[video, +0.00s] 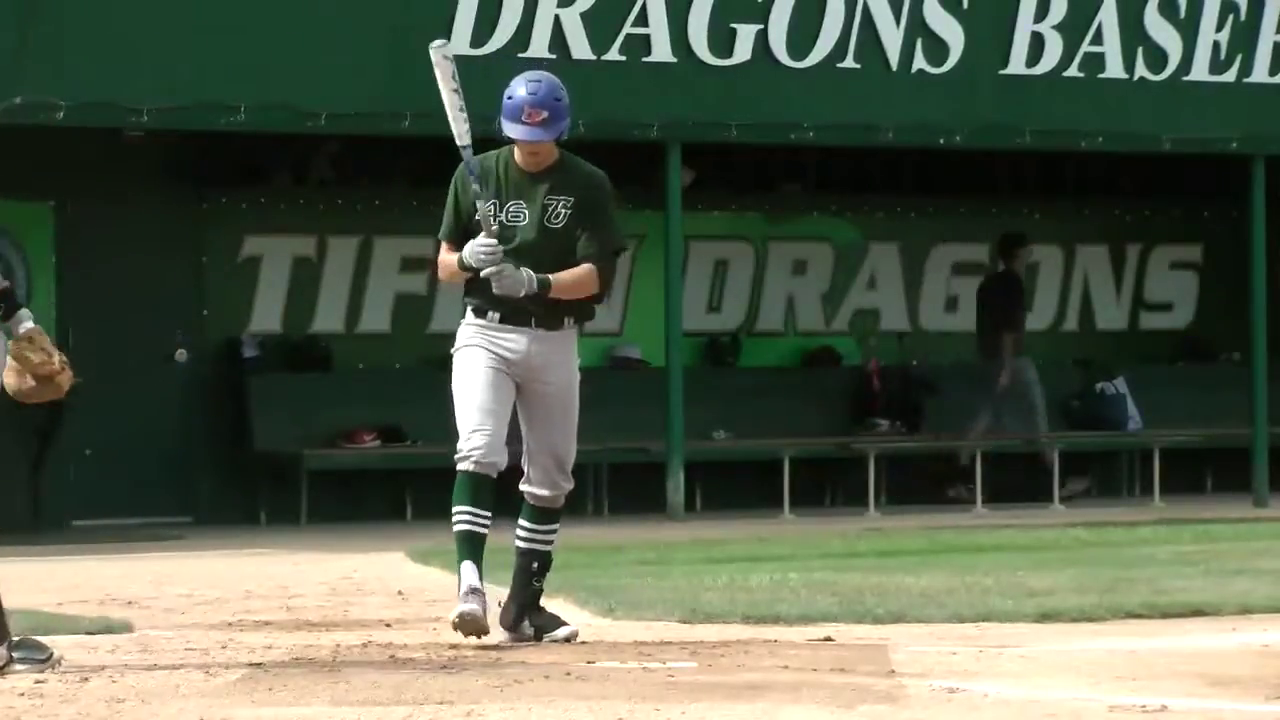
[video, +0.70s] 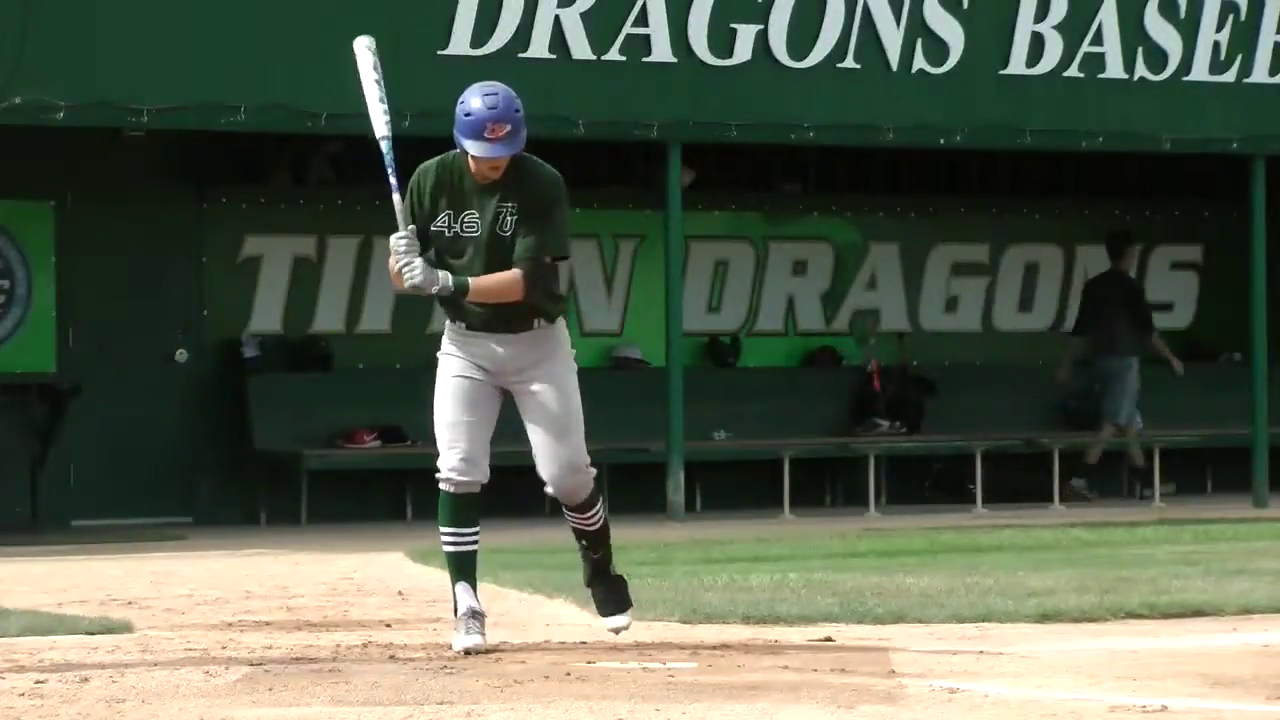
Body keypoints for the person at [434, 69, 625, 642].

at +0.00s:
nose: (531, 144)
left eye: (542, 134)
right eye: (522, 132)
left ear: (561, 128)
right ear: (507, 124)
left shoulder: (588, 185)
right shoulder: (474, 176)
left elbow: (598, 275)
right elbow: (445, 267)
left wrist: (534, 282)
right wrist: (466, 260)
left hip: (553, 345)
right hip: (483, 338)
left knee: (550, 477)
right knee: (481, 454)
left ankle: (523, 607)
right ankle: (472, 591)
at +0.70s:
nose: (491, 163)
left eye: (501, 152)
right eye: (481, 153)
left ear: (517, 140)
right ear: (460, 139)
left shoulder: (542, 185)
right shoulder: (428, 181)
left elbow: (531, 282)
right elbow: (404, 274)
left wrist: (447, 282)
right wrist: (401, 261)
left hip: (539, 346)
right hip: (465, 347)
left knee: (568, 473)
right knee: (458, 471)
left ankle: (601, 572)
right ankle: (466, 609)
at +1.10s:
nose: (528, 160)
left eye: (538, 148)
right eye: (517, 149)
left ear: (553, 140)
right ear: (497, 142)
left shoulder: (577, 189)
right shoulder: (473, 187)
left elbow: (553, 292)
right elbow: (457, 267)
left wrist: (481, 319)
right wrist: (439, 302)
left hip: (594, 349)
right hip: (518, 350)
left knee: (633, 476)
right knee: (487, 474)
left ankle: (684, 613)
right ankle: (472, 611)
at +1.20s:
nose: (552, 164)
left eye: (561, 152)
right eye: (540, 154)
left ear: (577, 144)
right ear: (521, 147)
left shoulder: (604, 193)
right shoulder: (496, 194)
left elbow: (593, 293)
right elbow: (484, 276)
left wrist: (528, 346)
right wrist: (480, 331)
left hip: (613, 348)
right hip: (536, 351)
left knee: (645, 473)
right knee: (501, 474)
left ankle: (687, 613)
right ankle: (476, 612)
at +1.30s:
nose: (578, 163)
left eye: (587, 151)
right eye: (567, 153)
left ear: (602, 142)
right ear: (546, 145)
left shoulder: (633, 193)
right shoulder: (516, 199)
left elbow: (626, 293)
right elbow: (515, 295)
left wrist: (589, 359)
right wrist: (531, 358)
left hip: (628, 344)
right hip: (552, 347)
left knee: (661, 471)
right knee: (514, 473)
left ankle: (689, 613)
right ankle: (478, 611)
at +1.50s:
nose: (650, 139)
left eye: (648, 130)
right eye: (638, 133)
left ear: (645, 131)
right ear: (605, 139)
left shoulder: (670, 187)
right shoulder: (565, 204)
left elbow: (670, 285)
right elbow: (583, 310)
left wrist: (648, 361)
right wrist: (621, 377)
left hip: (640, 341)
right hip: (568, 342)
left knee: (667, 474)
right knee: (524, 471)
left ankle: (689, 615)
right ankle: (478, 609)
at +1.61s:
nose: (669, 130)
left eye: (666, 121)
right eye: (659, 124)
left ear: (650, 128)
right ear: (627, 133)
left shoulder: (678, 185)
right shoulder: (584, 200)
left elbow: (690, 276)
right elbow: (614, 303)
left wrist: (686, 351)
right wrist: (675, 362)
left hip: (643, 349)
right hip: (568, 347)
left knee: (668, 475)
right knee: (527, 472)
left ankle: (689, 616)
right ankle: (478, 609)